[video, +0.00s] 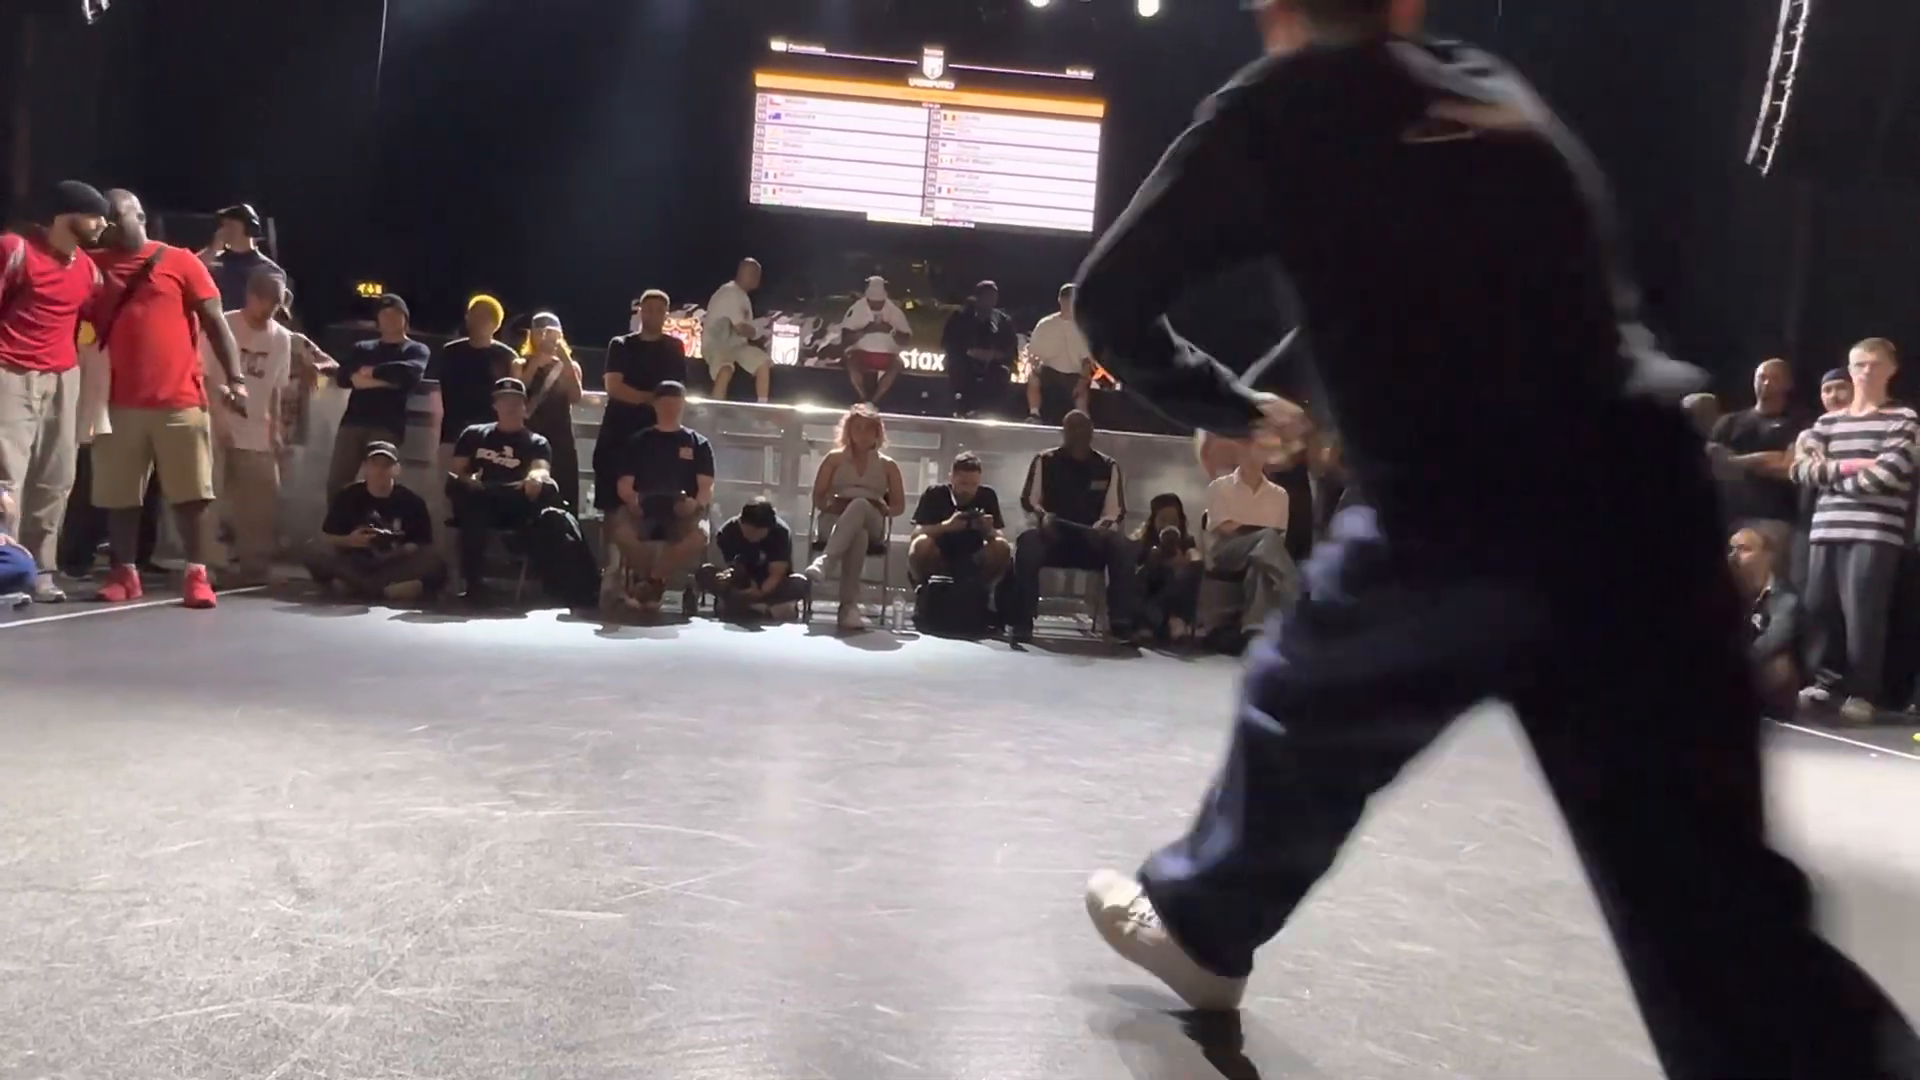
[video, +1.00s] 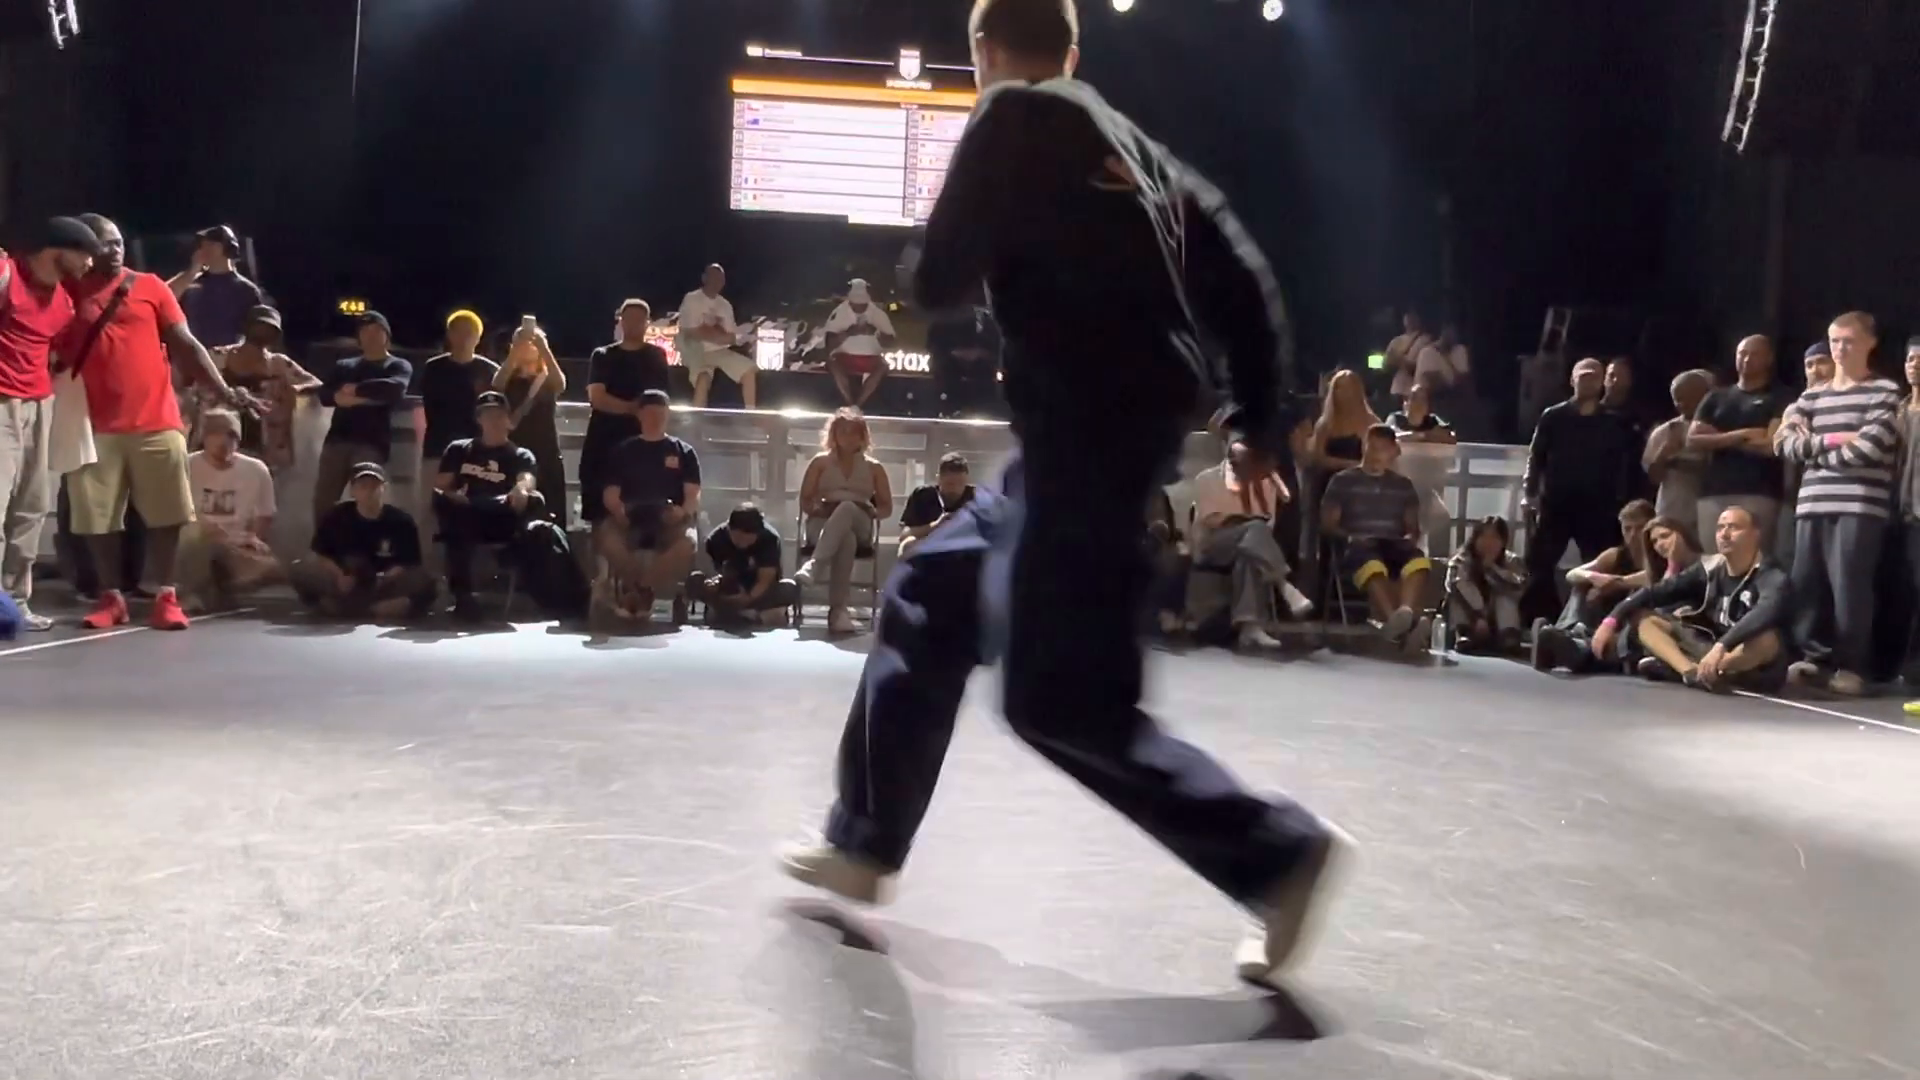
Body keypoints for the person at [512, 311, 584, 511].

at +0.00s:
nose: (547, 337)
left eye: (552, 331)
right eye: (541, 332)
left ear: (560, 335)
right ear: (532, 335)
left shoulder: (569, 366)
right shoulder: (521, 364)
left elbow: (575, 396)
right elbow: (515, 394)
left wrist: (564, 356)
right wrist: (535, 364)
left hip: (560, 436)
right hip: (529, 434)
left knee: (565, 495)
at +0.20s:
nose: (541, 333)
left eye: (547, 329)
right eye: (535, 329)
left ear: (555, 335)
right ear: (526, 335)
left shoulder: (563, 366)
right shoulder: (515, 365)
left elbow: (570, 393)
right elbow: (510, 392)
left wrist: (558, 355)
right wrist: (532, 360)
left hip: (555, 439)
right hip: (523, 438)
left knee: (560, 497)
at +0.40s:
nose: (535, 337)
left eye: (540, 332)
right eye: (528, 332)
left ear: (547, 338)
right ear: (519, 339)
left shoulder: (555, 369)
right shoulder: (508, 368)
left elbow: (564, 394)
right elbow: (499, 396)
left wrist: (552, 357)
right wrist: (522, 361)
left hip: (549, 447)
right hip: (516, 448)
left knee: (554, 509)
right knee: (515, 508)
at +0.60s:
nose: (535, 354)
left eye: (540, 349)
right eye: (529, 348)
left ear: (548, 351)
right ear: (520, 351)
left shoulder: (555, 378)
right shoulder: (511, 379)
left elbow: (565, 398)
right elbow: (499, 399)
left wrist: (551, 359)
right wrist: (521, 361)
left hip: (549, 456)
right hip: (517, 457)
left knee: (555, 519)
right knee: (517, 518)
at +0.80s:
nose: (528, 344)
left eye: (533, 338)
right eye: (522, 338)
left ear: (541, 343)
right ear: (513, 341)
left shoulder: (548, 372)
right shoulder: (505, 371)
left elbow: (559, 382)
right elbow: (490, 390)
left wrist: (546, 344)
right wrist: (510, 354)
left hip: (542, 440)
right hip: (511, 440)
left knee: (549, 502)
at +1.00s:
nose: (528, 349)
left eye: (533, 345)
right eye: (523, 344)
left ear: (541, 350)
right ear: (513, 349)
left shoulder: (548, 379)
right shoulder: (507, 378)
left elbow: (559, 384)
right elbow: (497, 387)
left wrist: (544, 348)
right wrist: (515, 350)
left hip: (545, 447)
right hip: (514, 447)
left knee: (552, 509)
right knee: (514, 507)